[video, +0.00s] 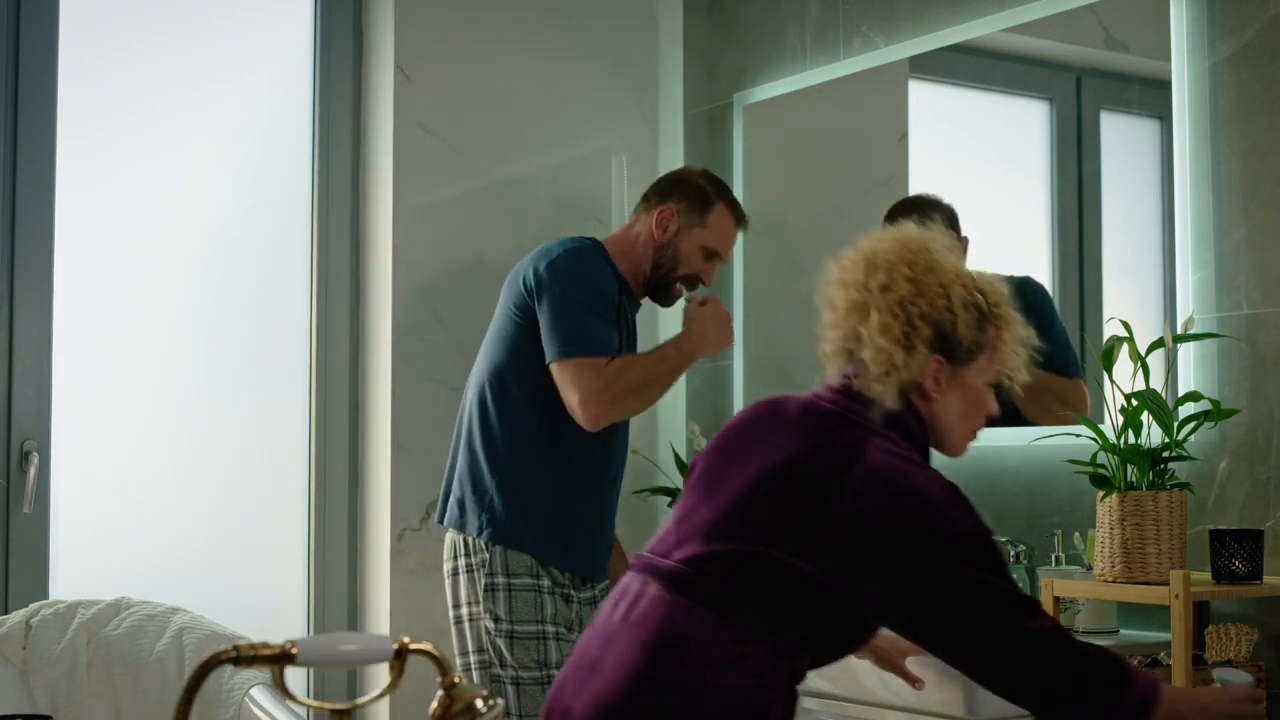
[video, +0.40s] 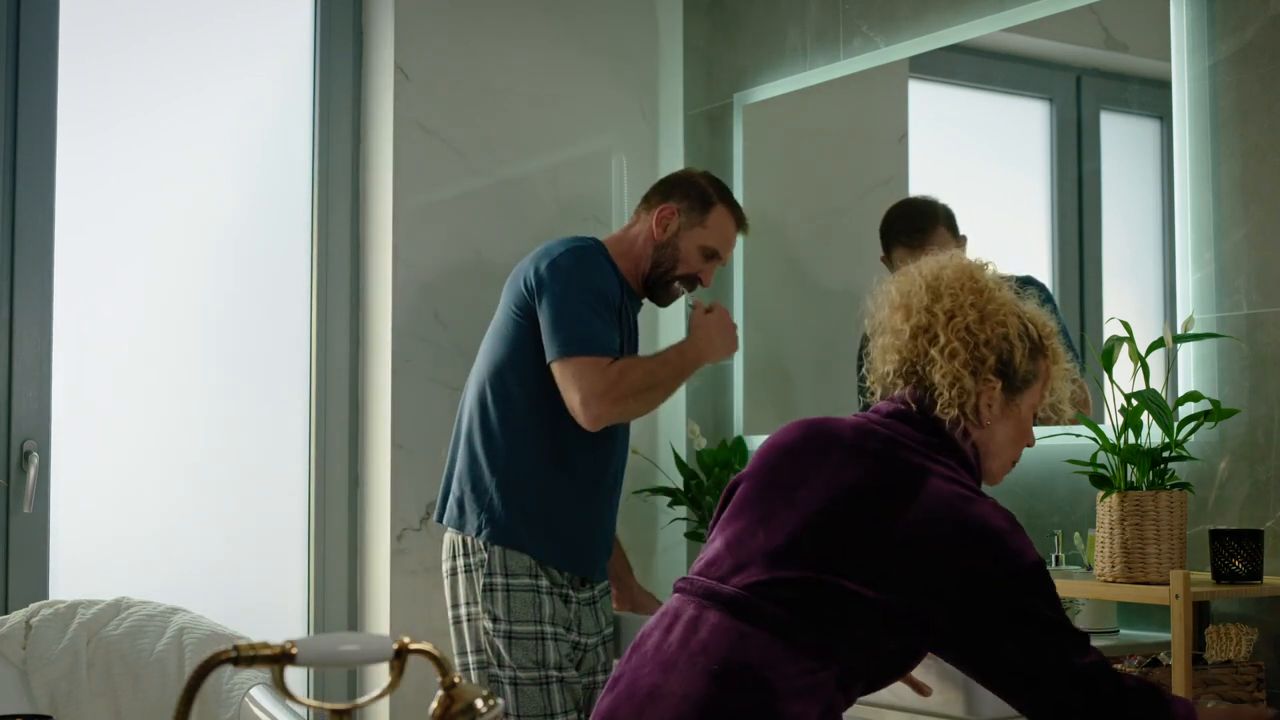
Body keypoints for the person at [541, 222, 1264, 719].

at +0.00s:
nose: (993, 406)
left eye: (998, 384)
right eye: (989, 381)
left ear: (863, 360)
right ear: (929, 372)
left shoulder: (761, 421)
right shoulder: (913, 497)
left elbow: (732, 565)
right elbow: (1027, 657)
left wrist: (864, 638)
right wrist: (1177, 697)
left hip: (591, 682)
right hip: (708, 699)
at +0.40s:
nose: (1030, 440)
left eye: (1037, 416)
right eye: (1031, 414)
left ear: (907, 383)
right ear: (982, 397)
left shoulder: (794, 439)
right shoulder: (966, 526)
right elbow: (1075, 688)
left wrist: (888, 648)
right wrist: (1183, 710)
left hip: (632, 691)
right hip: (752, 706)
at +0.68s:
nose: (1029, 424)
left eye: (1038, 400)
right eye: (1033, 396)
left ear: (911, 355)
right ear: (987, 377)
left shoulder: (802, 422)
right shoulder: (956, 513)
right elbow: (957, 704)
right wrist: (1069, 719)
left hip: (633, 683)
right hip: (757, 702)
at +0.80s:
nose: (1033, 422)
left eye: (1040, 397)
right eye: (1035, 394)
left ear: (911, 358)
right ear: (987, 379)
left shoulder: (803, 420)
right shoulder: (956, 515)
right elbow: (975, 702)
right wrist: (1098, 716)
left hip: (627, 684)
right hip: (752, 702)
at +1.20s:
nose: (999, 353)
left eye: (1001, 330)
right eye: (992, 328)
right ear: (933, 322)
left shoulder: (779, 384)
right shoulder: (898, 459)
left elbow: (693, 529)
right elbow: (928, 679)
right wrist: (1058, 663)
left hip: (616, 672)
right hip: (729, 694)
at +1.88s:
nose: (568, 203)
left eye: (597, 186)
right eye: (558, 182)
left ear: (645, 205)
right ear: (541, 194)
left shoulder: (686, 344)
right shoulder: (489, 324)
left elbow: (738, 481)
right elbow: (405, 482)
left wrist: (818, 539)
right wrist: (453, 375)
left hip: (629, 630)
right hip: (500, 622)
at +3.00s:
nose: (314, 225)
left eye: (335, 204)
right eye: (309, 205)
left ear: (403, 210)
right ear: (302, 204)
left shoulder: (470, 340)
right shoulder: (286, 327)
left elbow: (533, 496)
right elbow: (179, 418)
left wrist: (449, 474)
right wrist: (98, 352)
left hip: (435, 634)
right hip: (312, 631)